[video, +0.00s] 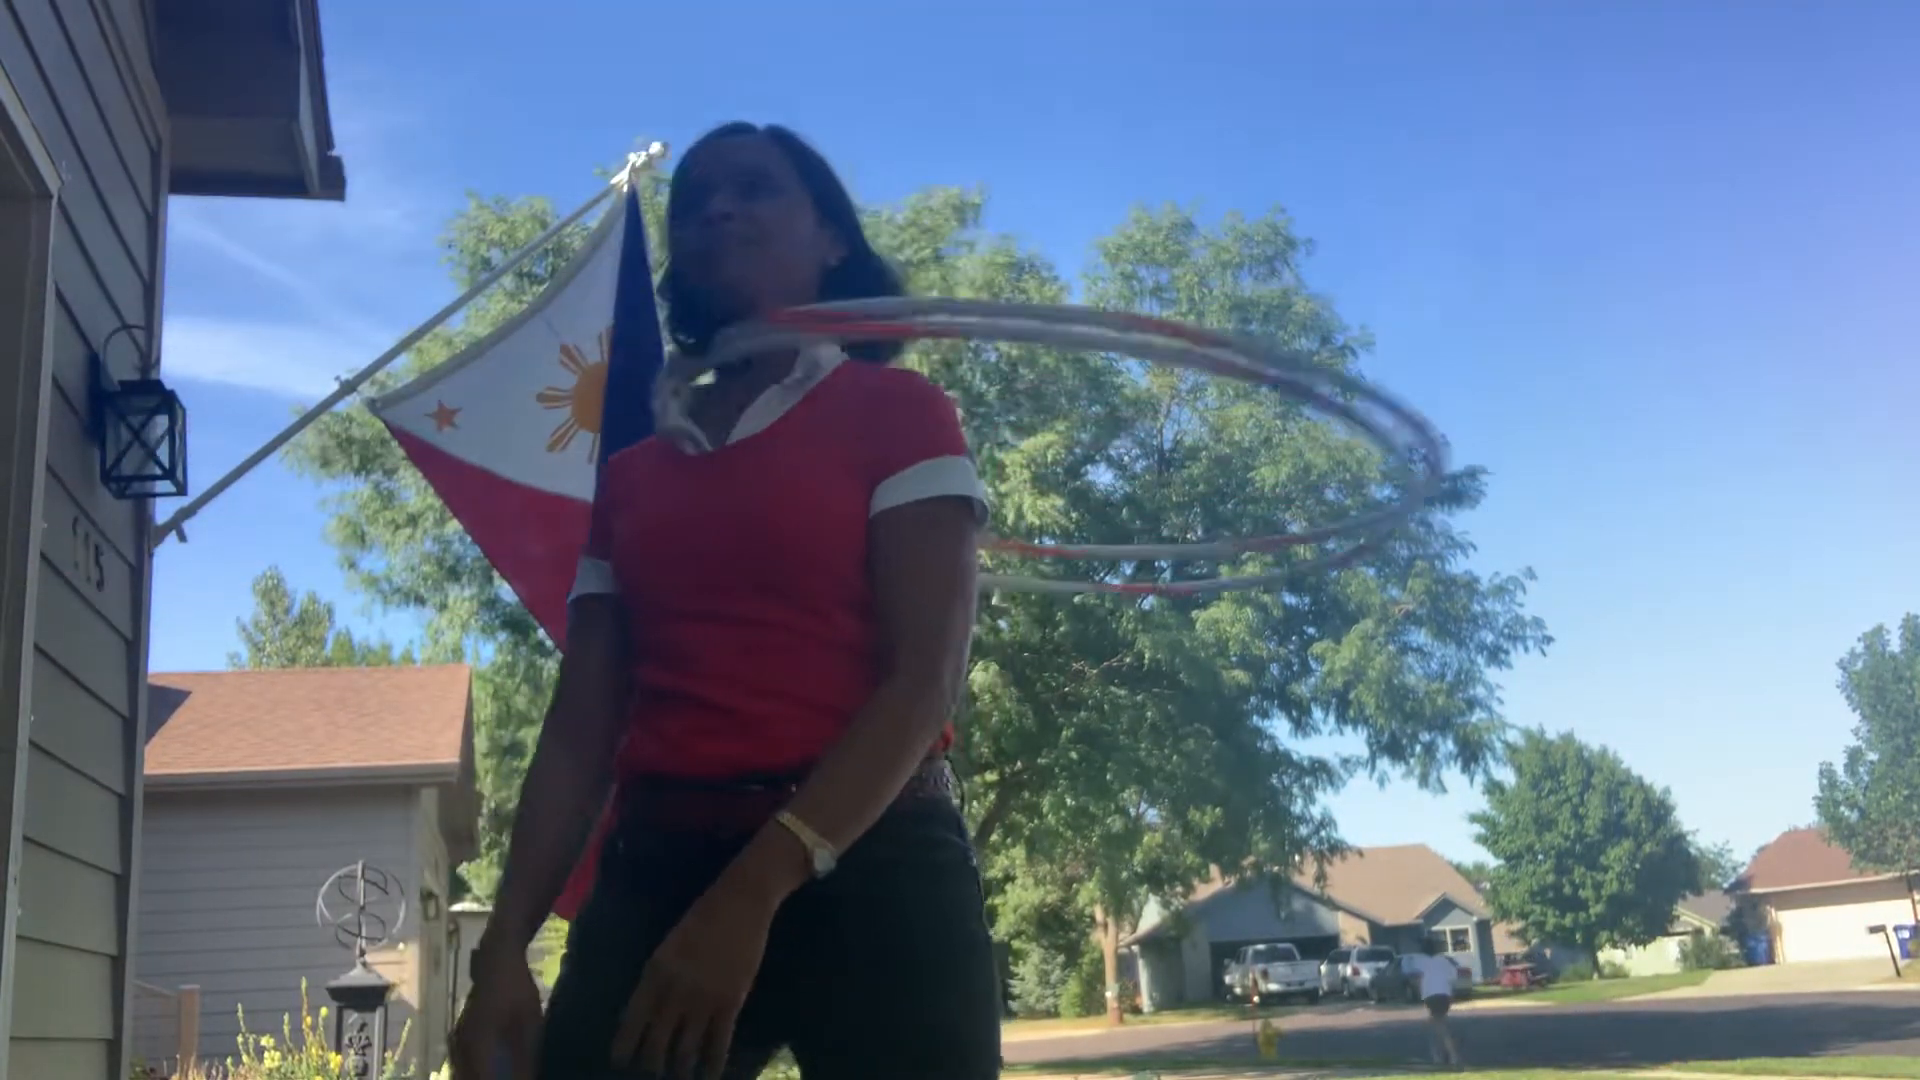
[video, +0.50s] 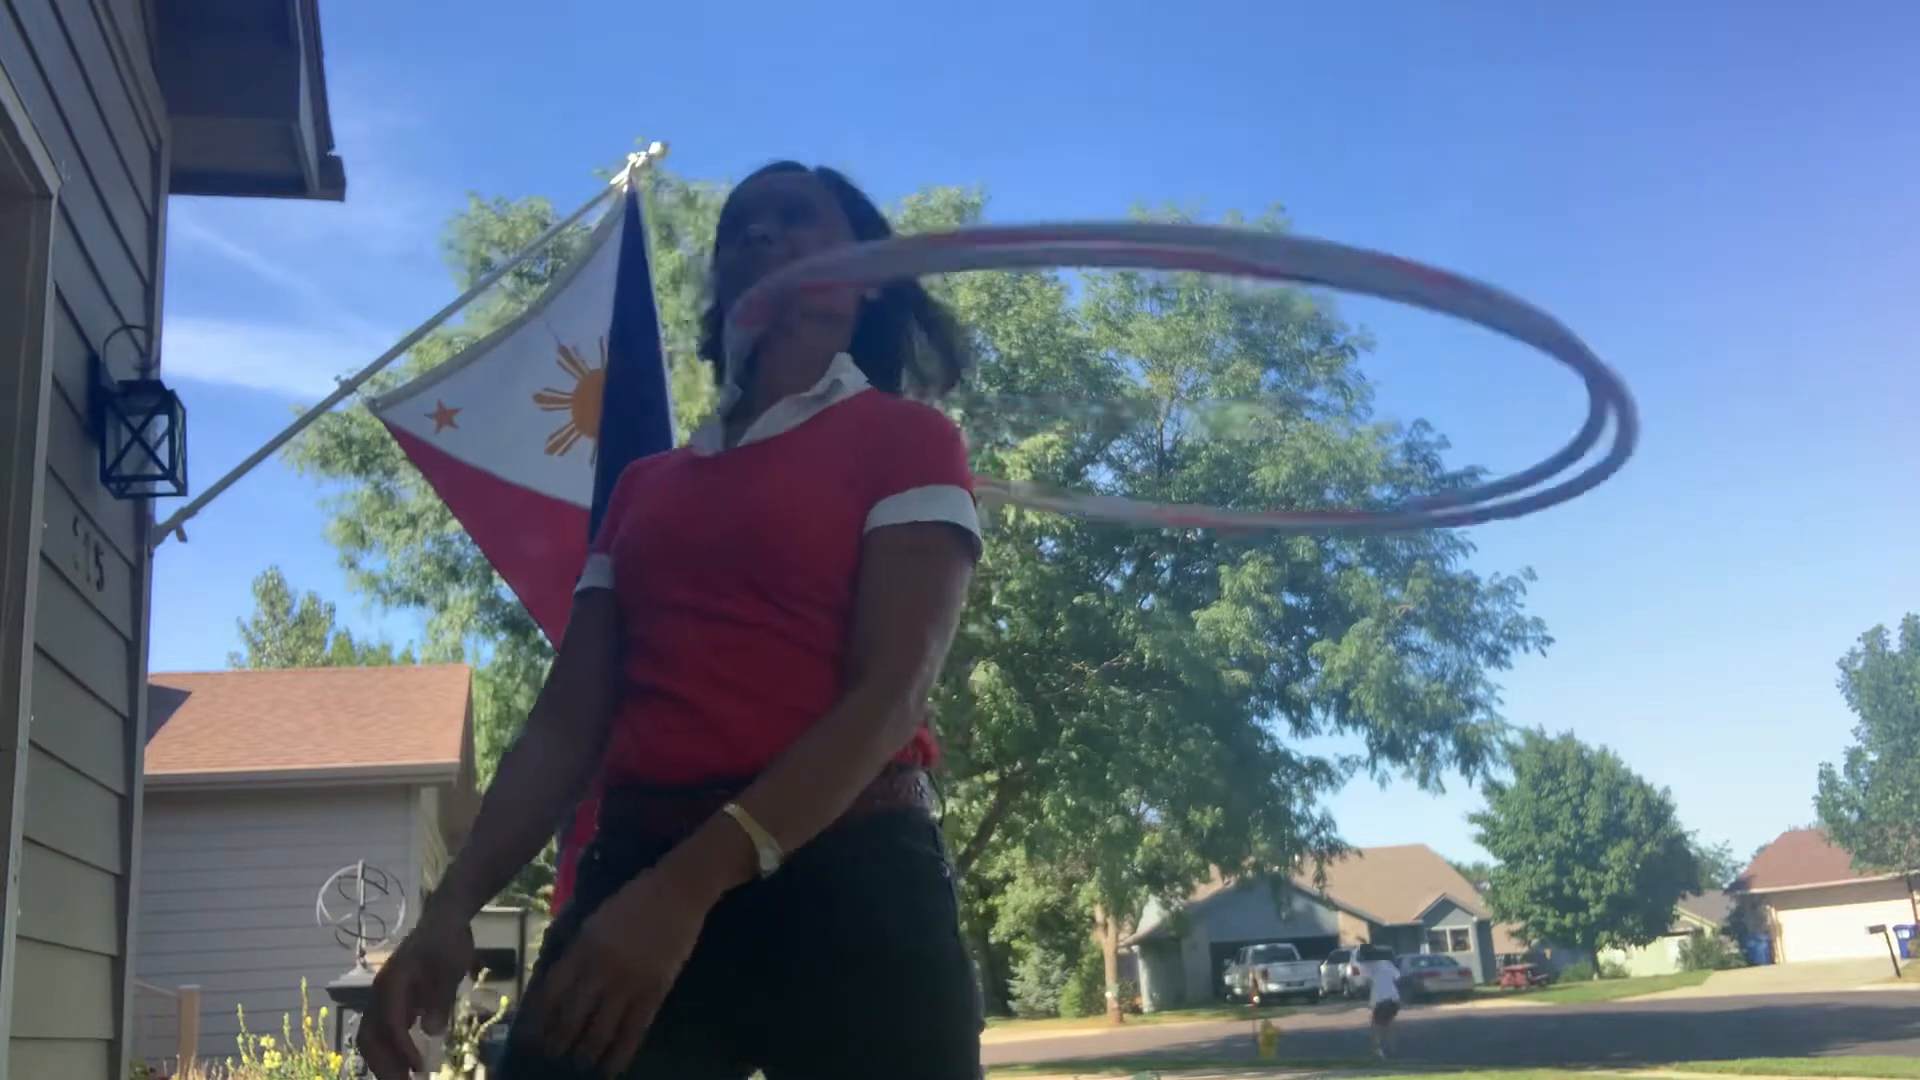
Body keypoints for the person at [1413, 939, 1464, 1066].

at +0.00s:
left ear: (1424, 951)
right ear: (1436, 949)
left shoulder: (1422, 961)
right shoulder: (1444, 960)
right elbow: (1454, 975)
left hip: (1429, 994)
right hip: (1445, 993)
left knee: (1440, 1024)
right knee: (1435, 1023)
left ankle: (1453, 1056)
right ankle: (1436, 1055)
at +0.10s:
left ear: (1412, 948)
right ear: (1424, 947)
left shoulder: (1408, 959)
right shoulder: (1433, 959)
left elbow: (1407, 974)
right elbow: (1439, 976)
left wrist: (1406, 986)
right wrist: (1437, 985)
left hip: (1417, 992)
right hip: (1433, 991)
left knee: (1426, 1021)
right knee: (1428, 1021)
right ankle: (1425, 1049)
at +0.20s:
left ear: (1404, 948)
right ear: (1417, 948)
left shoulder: (1400, 959)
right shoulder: (1421, 960)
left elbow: (1398, 973)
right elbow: (1430, 973)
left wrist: (1397, 984)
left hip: (1407, 992)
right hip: (1423, 992)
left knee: (1413, 1021)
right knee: (1420, 1020)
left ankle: (1414, 1049)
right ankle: (1423, 1048)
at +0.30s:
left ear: (1390, 948)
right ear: (1402, 948)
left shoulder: (1387, 959)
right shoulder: (1410, 960)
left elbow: (1385, 977)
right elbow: (1421, 973)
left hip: (1398, 994)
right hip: (1414, 993)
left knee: (1401, 1022)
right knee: (1410, 1021)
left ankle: (1403, 1049)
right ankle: (1412, 1047)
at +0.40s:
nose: (1376, 952)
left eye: (1377, 949)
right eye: (1375, 949)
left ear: (1380, 951)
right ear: (1390, 949)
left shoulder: (1376, 963)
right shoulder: (1395, 960)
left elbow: (1372, 980)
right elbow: (1408, 973)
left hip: (1390, 996)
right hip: (1405, 994)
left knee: (1385, 1023)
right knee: (1400, 1022)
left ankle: (1388, 1051)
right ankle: (1403, 1050)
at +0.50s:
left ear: (1365, 956)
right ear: (1376, 953)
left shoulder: (1370, 966)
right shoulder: (1387, 963)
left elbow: (1354, 971)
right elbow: (1397, 975)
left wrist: (1353, 956)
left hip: (1380, 1000)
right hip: (1394, 999)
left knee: (1375, 1027)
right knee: (1389, 1026)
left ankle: (1379, 1052)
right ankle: (1392, 1050)